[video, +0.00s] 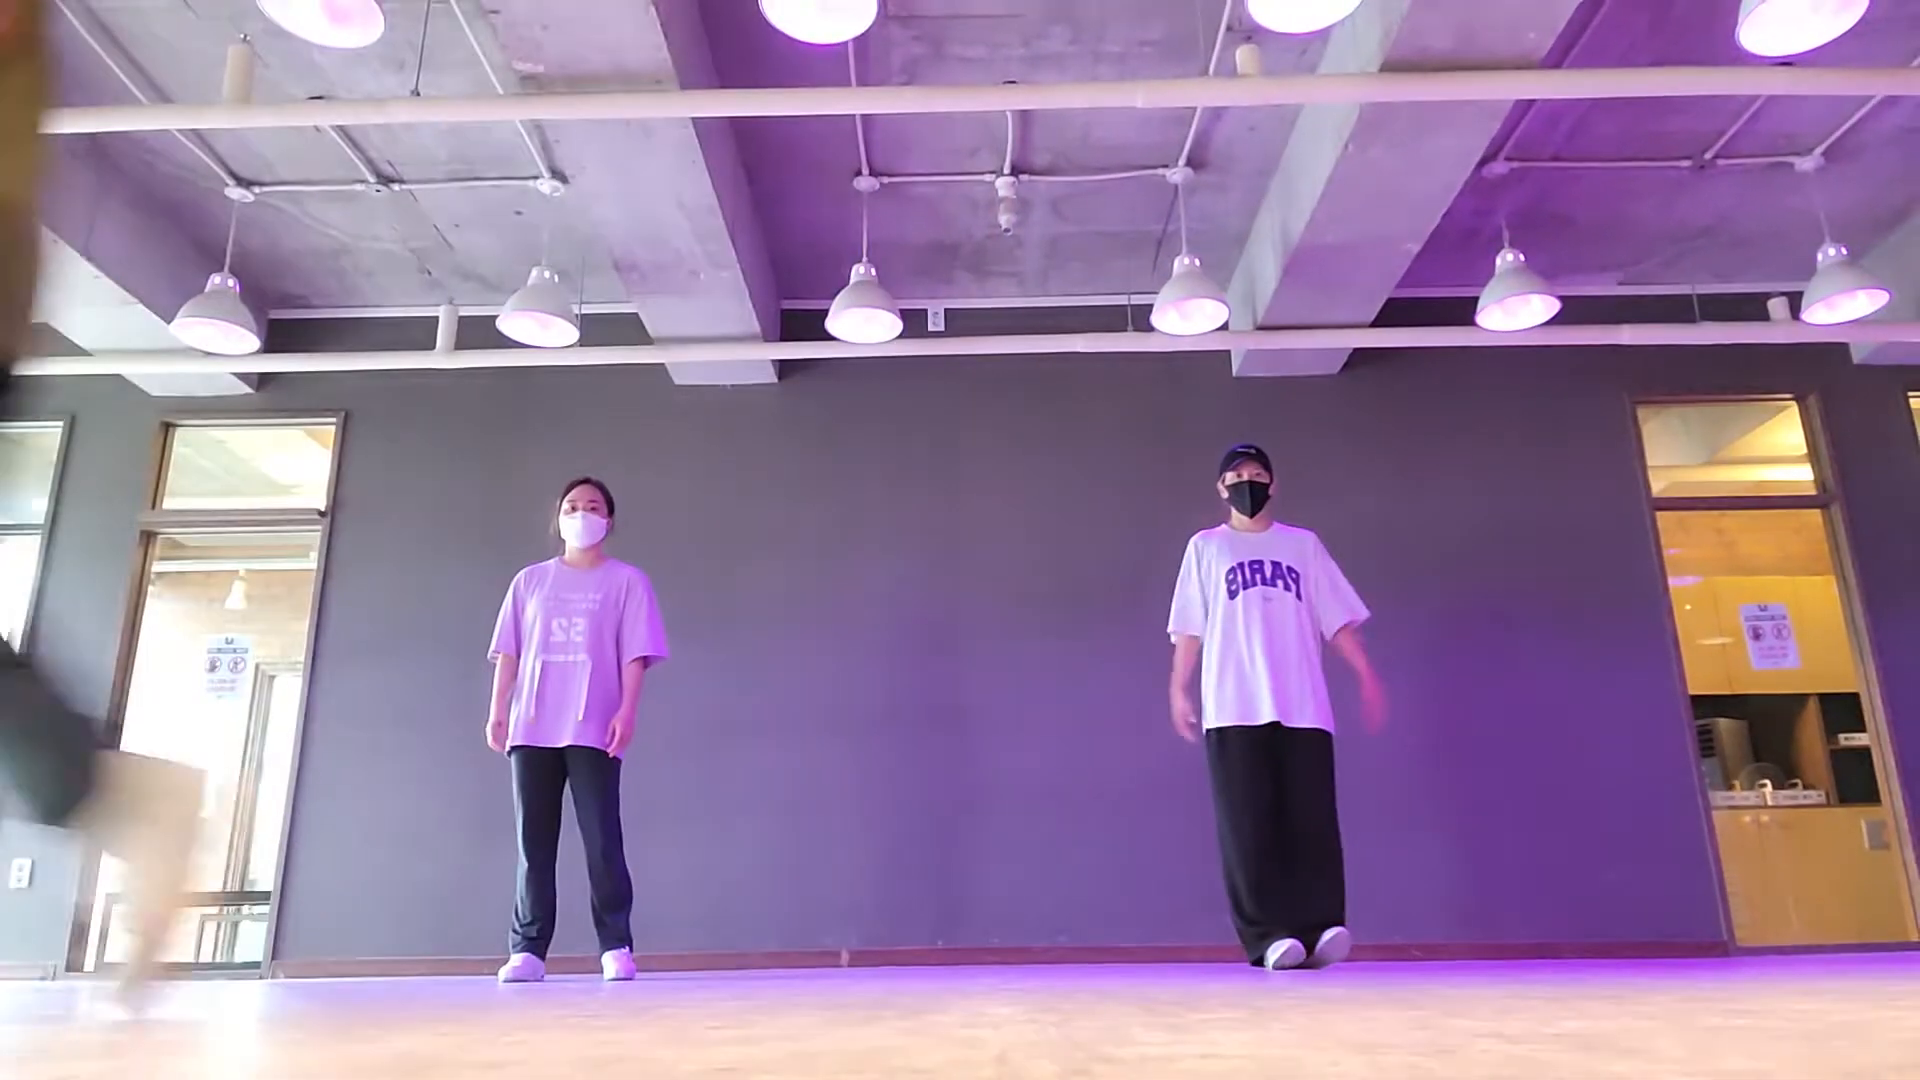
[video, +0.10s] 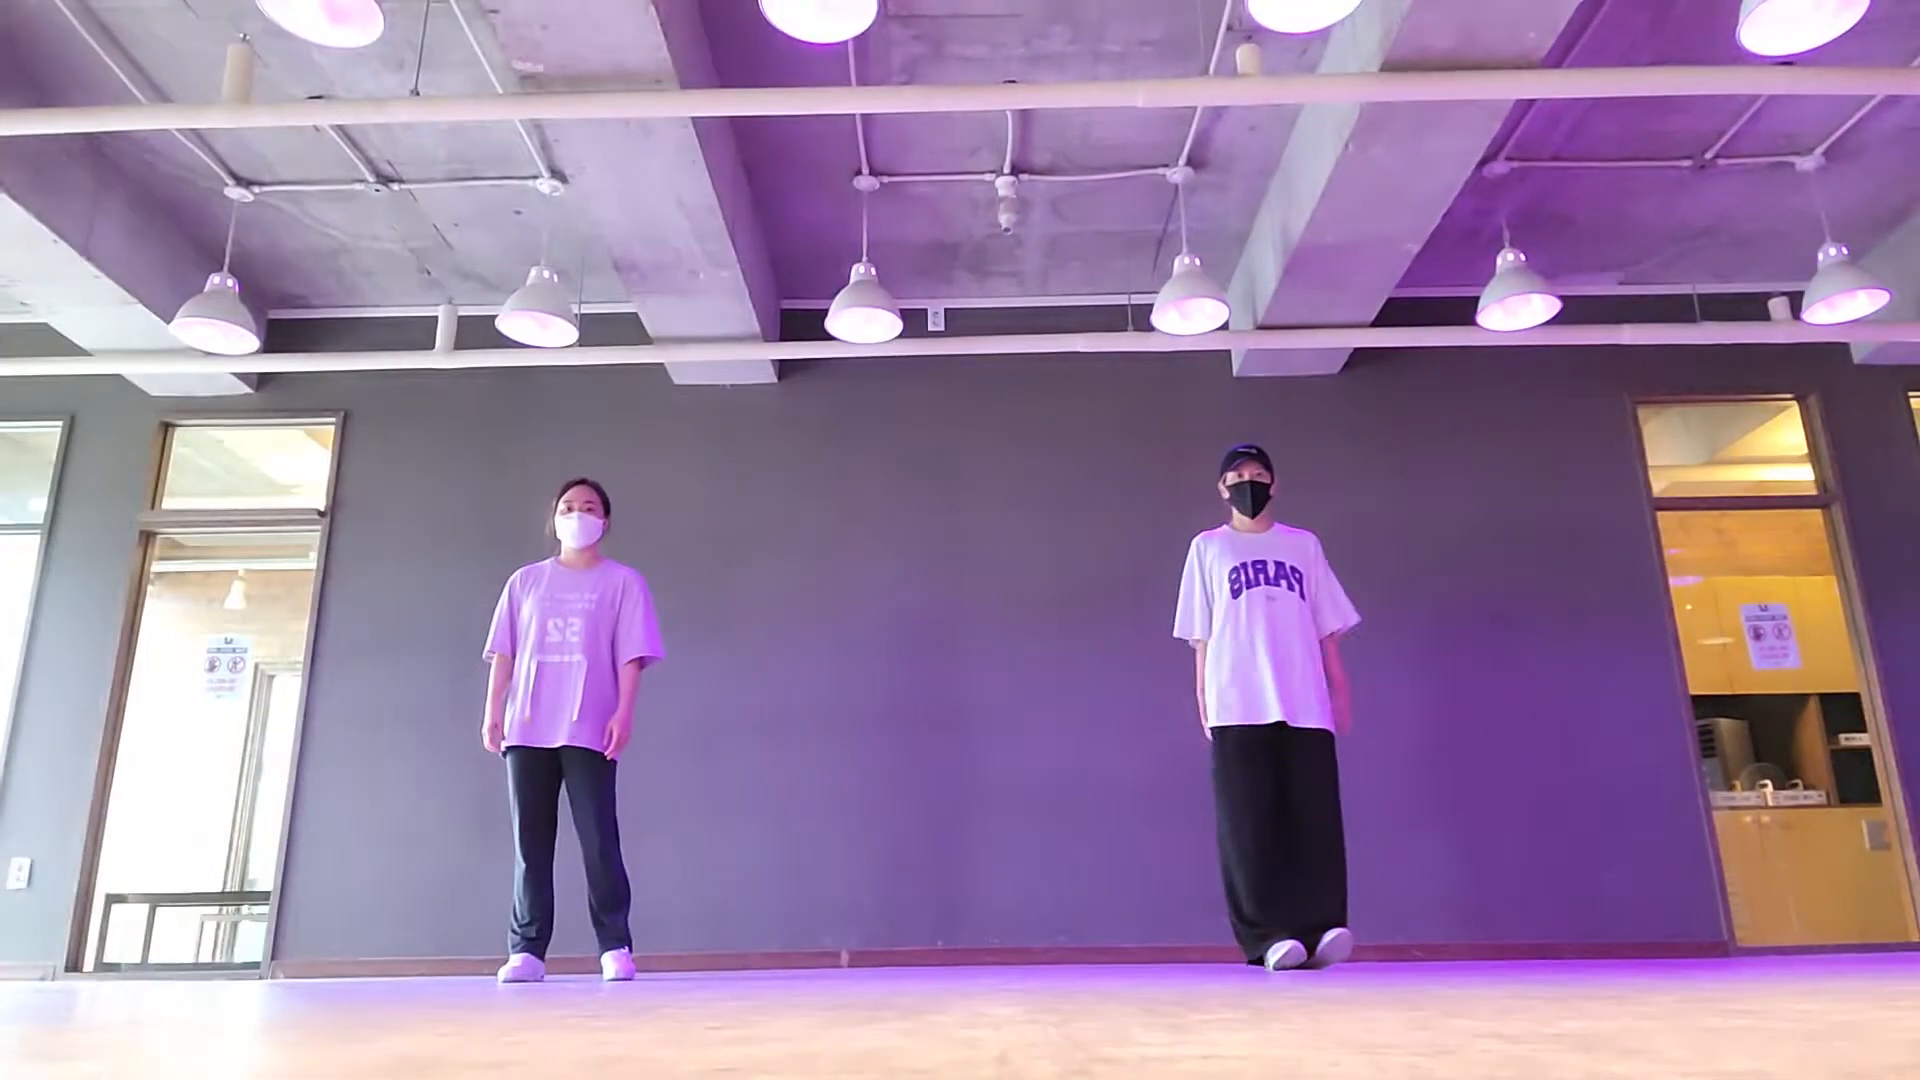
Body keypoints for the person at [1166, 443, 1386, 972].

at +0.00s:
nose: (1248, 485)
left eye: (1257, 477)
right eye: (1237, 478)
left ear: (1272, 486)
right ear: (1221, 488)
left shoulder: (1304, 544)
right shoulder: (1204, 548)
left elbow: (1337, 622)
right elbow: (1190, 629)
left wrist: (1367, 675)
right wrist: (1179, 689)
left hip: (1302, 701)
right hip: (1235, 704)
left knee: (1310, 816)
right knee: (1250, 823)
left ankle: (1320, 931)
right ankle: (1269, 940)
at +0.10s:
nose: (1249, 485)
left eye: (1258, 476)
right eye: (1238, 477)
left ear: (1273, 485)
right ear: (1223, 488)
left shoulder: (1305, 545)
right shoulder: (1206, 549)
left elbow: (1327, 633)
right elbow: (1201, 641)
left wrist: (1340, 691)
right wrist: (1206, 713)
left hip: (1304, 703)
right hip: (1239, 705)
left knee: (1313, 817)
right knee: (1250, 826)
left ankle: (1321, 932)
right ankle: (1266, 941)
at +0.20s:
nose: (1252, 486)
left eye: (1260, 477)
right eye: (1241, 479)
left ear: (1275, 485)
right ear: (1226, 488)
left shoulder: (1307, 546)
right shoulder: (1210, 547)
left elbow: (1326, 633)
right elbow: (1201, 631)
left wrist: (1334, 696)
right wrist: (1197, 692)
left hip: (1303, 699)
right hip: (1240, 701)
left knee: (1314, 815)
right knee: (1255, 822)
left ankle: (1323, 934)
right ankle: (1269, 942)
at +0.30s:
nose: (1256, 487)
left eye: (1265, 478)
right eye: (1245, 479)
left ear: (1280, 487)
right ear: (1229, 490)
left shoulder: (1310, 547)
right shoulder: (1211, 549)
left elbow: (1335, 630)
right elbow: (1198, 629)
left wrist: (1355, 689)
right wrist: (1189, 689)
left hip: (1312, 705)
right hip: (1243, 709)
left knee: (1317, 824)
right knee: (1257, 832)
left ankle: (1329, 940)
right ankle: (1273, 949)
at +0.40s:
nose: (1261, 487)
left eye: (1270, 477)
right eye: (1249, 479)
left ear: (1284, 486)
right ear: (1232, 490)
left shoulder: (1315, 547)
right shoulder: (1215, 549)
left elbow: (1346, 631)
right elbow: (1199, 631)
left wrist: (1374, 691)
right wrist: (1183, 689)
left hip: (1317, 714)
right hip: (1246, 716)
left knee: (1322, 831)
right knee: (1262, 838)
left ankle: (1333, 946)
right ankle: (1279, 952)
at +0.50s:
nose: (1260, 485)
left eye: (1269, 476)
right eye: (1248, 478)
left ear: (1285, 486)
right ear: (1232, 489)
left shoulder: (1315, 547)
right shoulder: (1214, 548)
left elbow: (1348, 629)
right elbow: (1201, 631)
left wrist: (1381, 687)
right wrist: (1187, 693)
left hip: (1318, 711)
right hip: (1248, 713)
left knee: (1324, 829)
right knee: (1264, 834)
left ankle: (1334, 946)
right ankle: (1281, 951)